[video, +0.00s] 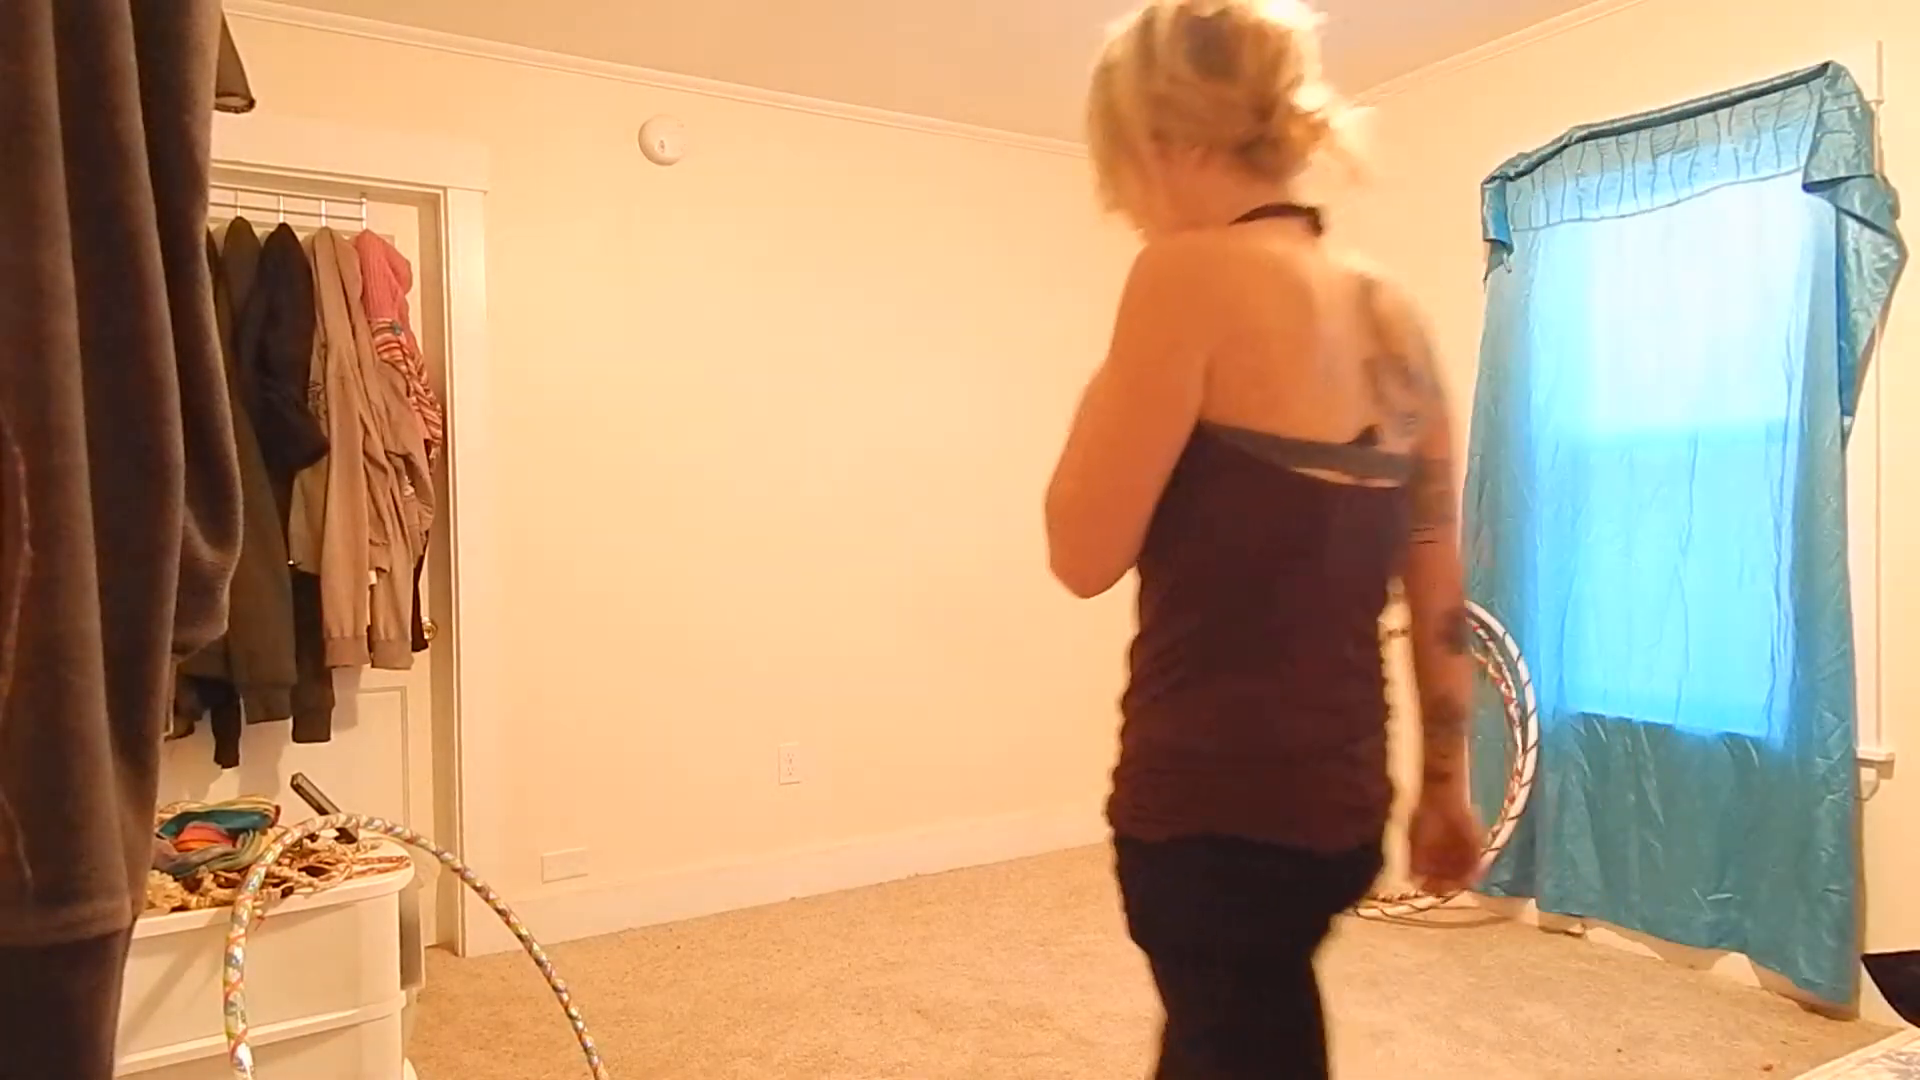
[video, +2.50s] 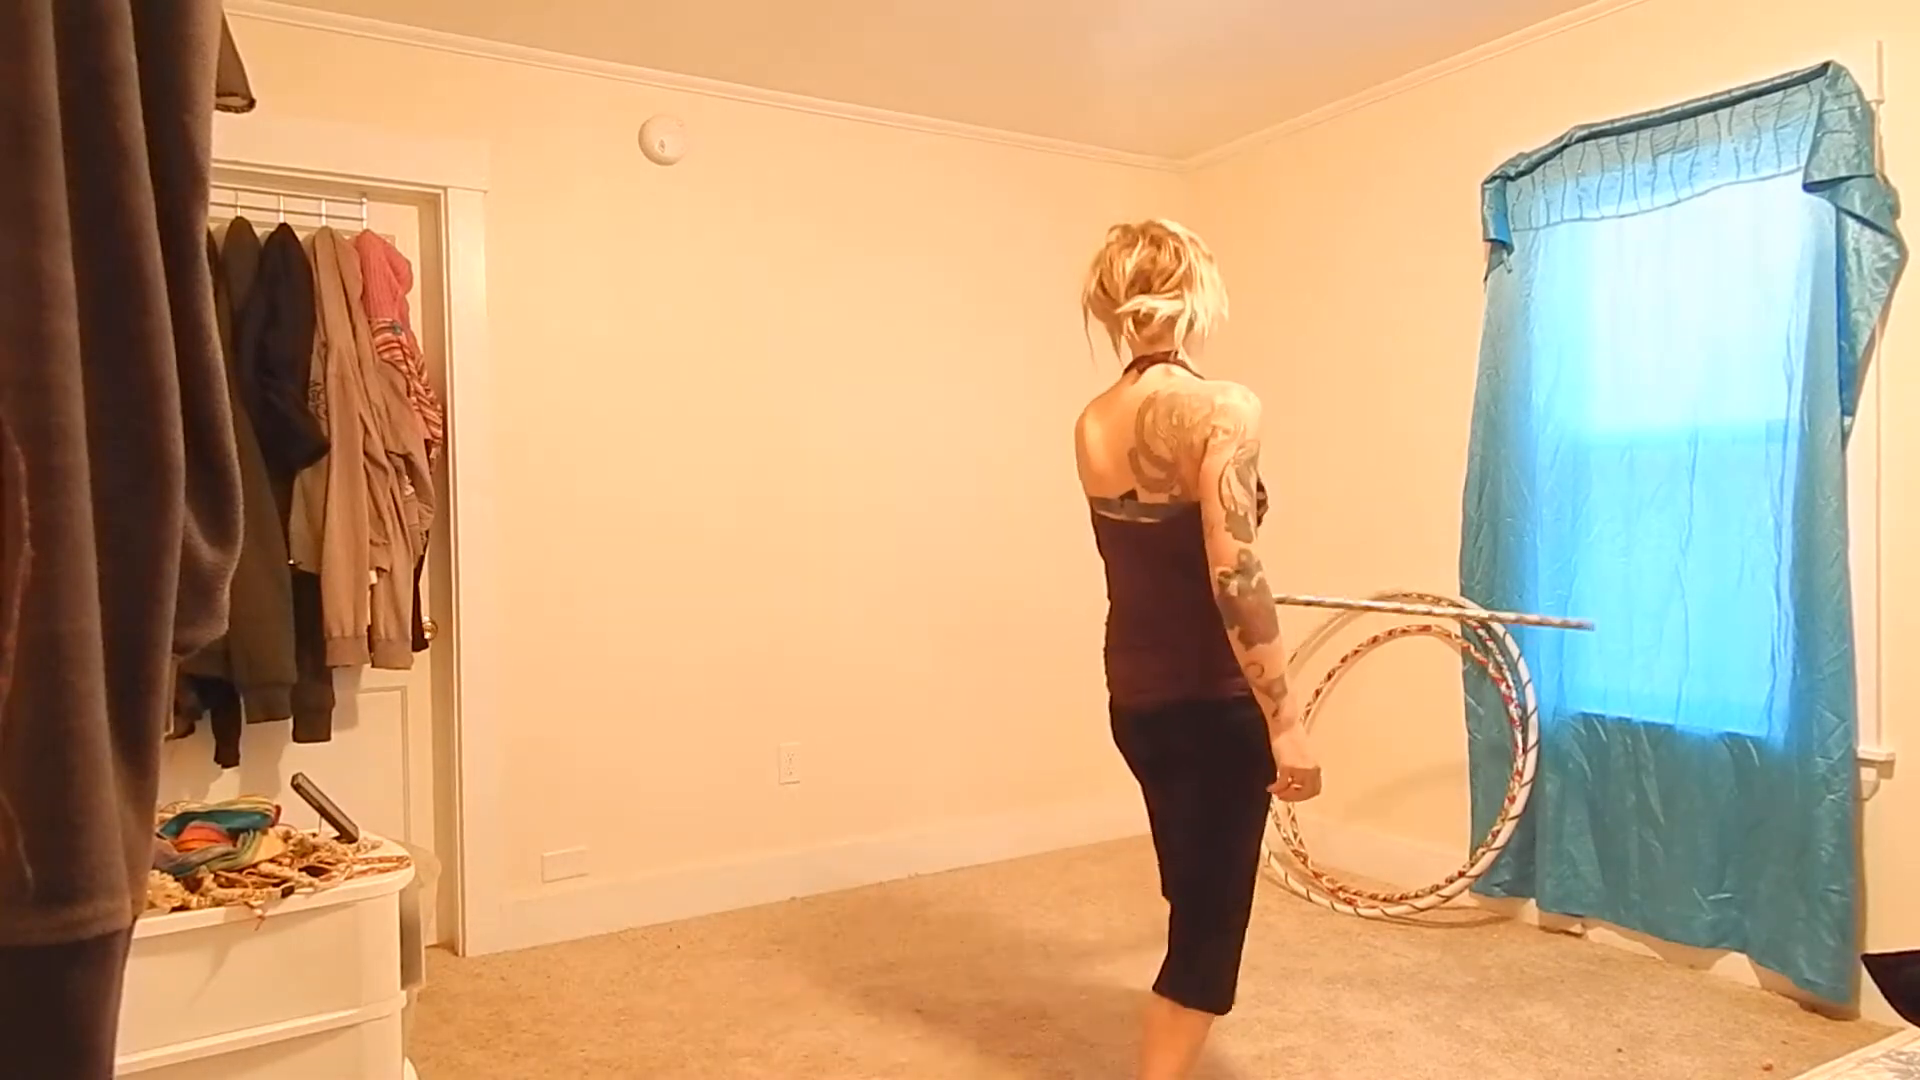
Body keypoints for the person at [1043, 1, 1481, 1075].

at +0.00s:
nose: (1128, 203)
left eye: (1124, 170)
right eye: (1120, 173)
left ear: (1169, 143)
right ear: (1288, 136)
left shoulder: (1190, 276)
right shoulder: (1393, 313)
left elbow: (1083, 555)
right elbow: (1436, 570)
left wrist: (1132, 371)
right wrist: (1446, 772)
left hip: (1205, 810)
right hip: (1339, 809)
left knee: (1262, 1070)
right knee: (1209, 1060)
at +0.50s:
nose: (883, 265)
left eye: (886, 234)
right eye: (877, 239)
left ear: (943, 209)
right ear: (990, 202)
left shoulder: (971, 326)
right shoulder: (1082, 331)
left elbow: (906, 559)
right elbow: (1122, 565)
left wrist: (767, 667)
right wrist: (1042, 671)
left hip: (980, 751)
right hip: (1083, 742)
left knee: (840, 1043)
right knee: (1061, 1036)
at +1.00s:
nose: (586, 327)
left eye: (590, 300)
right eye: (583, 302)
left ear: (645, 288)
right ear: (707, 274)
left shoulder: (655, 432)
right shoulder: (841, 372)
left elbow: (490, 656)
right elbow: (962, 553)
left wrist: (325, 808)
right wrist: (1004, 671)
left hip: (825, 750)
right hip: (959, 705)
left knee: (735, 1015)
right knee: (1039, 957)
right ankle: (1104, 1076)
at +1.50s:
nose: (855, 302)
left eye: (854, 285)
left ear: (865, 288)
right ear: (957, 261)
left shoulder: (866, 413)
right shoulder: (1055, 385)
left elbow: (751, 565)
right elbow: (1139, 542)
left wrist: (604, 690)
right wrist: (1204, 672)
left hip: (934, 716)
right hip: (1067, 711)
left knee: (836, 955)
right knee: (1106, 956)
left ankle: (795, 1070)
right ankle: (1137, 1075)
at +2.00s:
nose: (1194, 246)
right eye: (1188, 231)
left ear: (1088, 259)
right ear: (1184, 244)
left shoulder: (1061, 384)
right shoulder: (1231, 360)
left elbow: (1024, 529)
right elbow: (1258, 531)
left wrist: (986, 619)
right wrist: (1312, 681)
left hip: (1079, 648)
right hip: (1194, 666)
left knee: (1025, 753)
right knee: (1174, 887)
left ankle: (1004, 853)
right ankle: (1161, 1068)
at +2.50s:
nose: (1199, 305)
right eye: (1198, 290)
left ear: (1111, 308)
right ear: (1196, 298)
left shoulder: (1094, 422)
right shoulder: (1215, 409)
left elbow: (1131, 574)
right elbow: (1232, 573)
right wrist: (1285, 718)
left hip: (1137, 700)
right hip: (1214, 697)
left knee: (1193, 915)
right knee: (1207, 933)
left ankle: (1180, 1059)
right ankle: (1155, 1070)